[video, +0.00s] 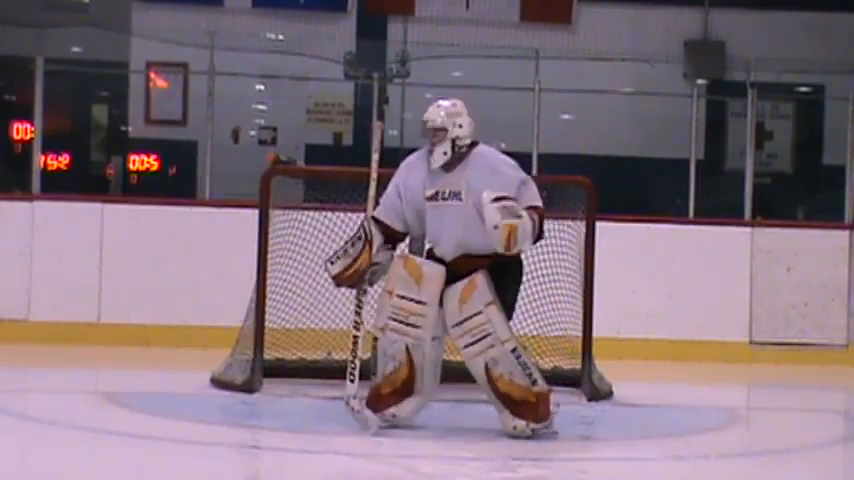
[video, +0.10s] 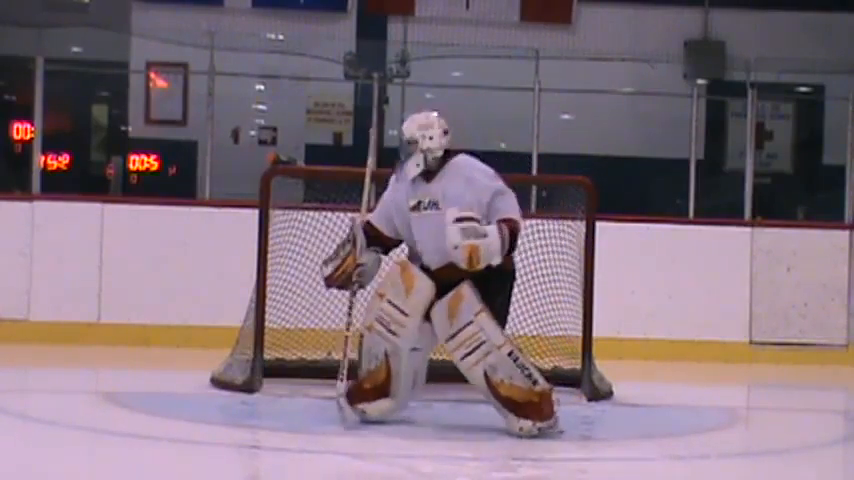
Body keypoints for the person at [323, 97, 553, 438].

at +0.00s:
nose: (433, 140)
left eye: (439, 132)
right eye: (429, 133)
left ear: (461, 131)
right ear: (426, 131)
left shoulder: (492, 164)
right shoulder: (415, 168)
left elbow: (533, 210)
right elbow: (389, 220)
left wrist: (518, 229)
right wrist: (359, 252)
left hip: (494, 266)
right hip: (436, 268)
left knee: (490, 340)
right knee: (410, 333)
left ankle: (525, 412)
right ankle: (395, 406)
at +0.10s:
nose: (411, 153)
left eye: (417, 145)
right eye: (408, 145)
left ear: (437, 142)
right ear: (407, 145)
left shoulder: (468, 170)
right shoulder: (403, 182)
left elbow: (509, 211)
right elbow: (383, 228)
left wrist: (495, 240)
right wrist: (355, 248)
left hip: (484, 273)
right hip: (431, 276)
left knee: (481, 345)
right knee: (400, 332)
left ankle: (529, 409)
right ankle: (382, 399)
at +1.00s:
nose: (268, 143)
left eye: (273, 138)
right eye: (267, 137)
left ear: (292, 137)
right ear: (267, 136)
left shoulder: (325, 165)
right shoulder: (266, 169)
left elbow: (357, 206)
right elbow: (254, 218)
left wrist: (343, 234)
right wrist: (235, 249)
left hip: (333, 256)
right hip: (285, 257)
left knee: (311, 316)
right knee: (263, 310)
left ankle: (353, 385)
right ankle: (255, 377)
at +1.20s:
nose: (304, 161)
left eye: (312, 155)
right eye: (300, 154)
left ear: (330, 156)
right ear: (294, 152)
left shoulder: (353, 184)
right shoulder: (275, 180)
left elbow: (387, 225)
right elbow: (253, 228)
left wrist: (377, 243)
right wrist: (236, 260)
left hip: (344, 271)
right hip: (294, 270)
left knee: (345, 325)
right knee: (275, 324)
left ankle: (363, 388)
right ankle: (265, 376)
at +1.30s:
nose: (342, 171)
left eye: (351, 165)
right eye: (336, 164)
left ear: (363, 167)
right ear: (327, 162)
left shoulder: (378, 198)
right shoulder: (295, 188)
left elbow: (407, 223)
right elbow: (269, 231)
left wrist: (412, 246)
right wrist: (254, 267)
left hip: (362, 270)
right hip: (311, 270)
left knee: (368, 326)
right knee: (287, 322)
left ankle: (387, 391)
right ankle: (277, 382)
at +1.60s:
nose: (429, 172)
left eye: (436, 164)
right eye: (422, 164)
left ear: (447, 166)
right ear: (408, 163)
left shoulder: (463, 202)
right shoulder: (377, 189)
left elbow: (481, 253)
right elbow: (343, 233)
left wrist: (492, 243)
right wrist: (330, 272)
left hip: (428, 279)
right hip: (376, 275)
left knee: (448, 334)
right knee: (348, 337)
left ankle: (466, 401)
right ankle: (299, 387)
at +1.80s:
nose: (449, 158)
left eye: (456, 151)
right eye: (442, 151)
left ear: (468, 153)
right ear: (428, 152)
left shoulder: (486, 191)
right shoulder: (397, 181)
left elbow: (511, 255)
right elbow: (365, 235)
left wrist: (515, 238)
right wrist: (344, 278)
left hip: (460, 276)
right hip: (402, 273)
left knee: (463, 343)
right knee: (357, 330)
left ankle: (500, 412)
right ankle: (320, 398)